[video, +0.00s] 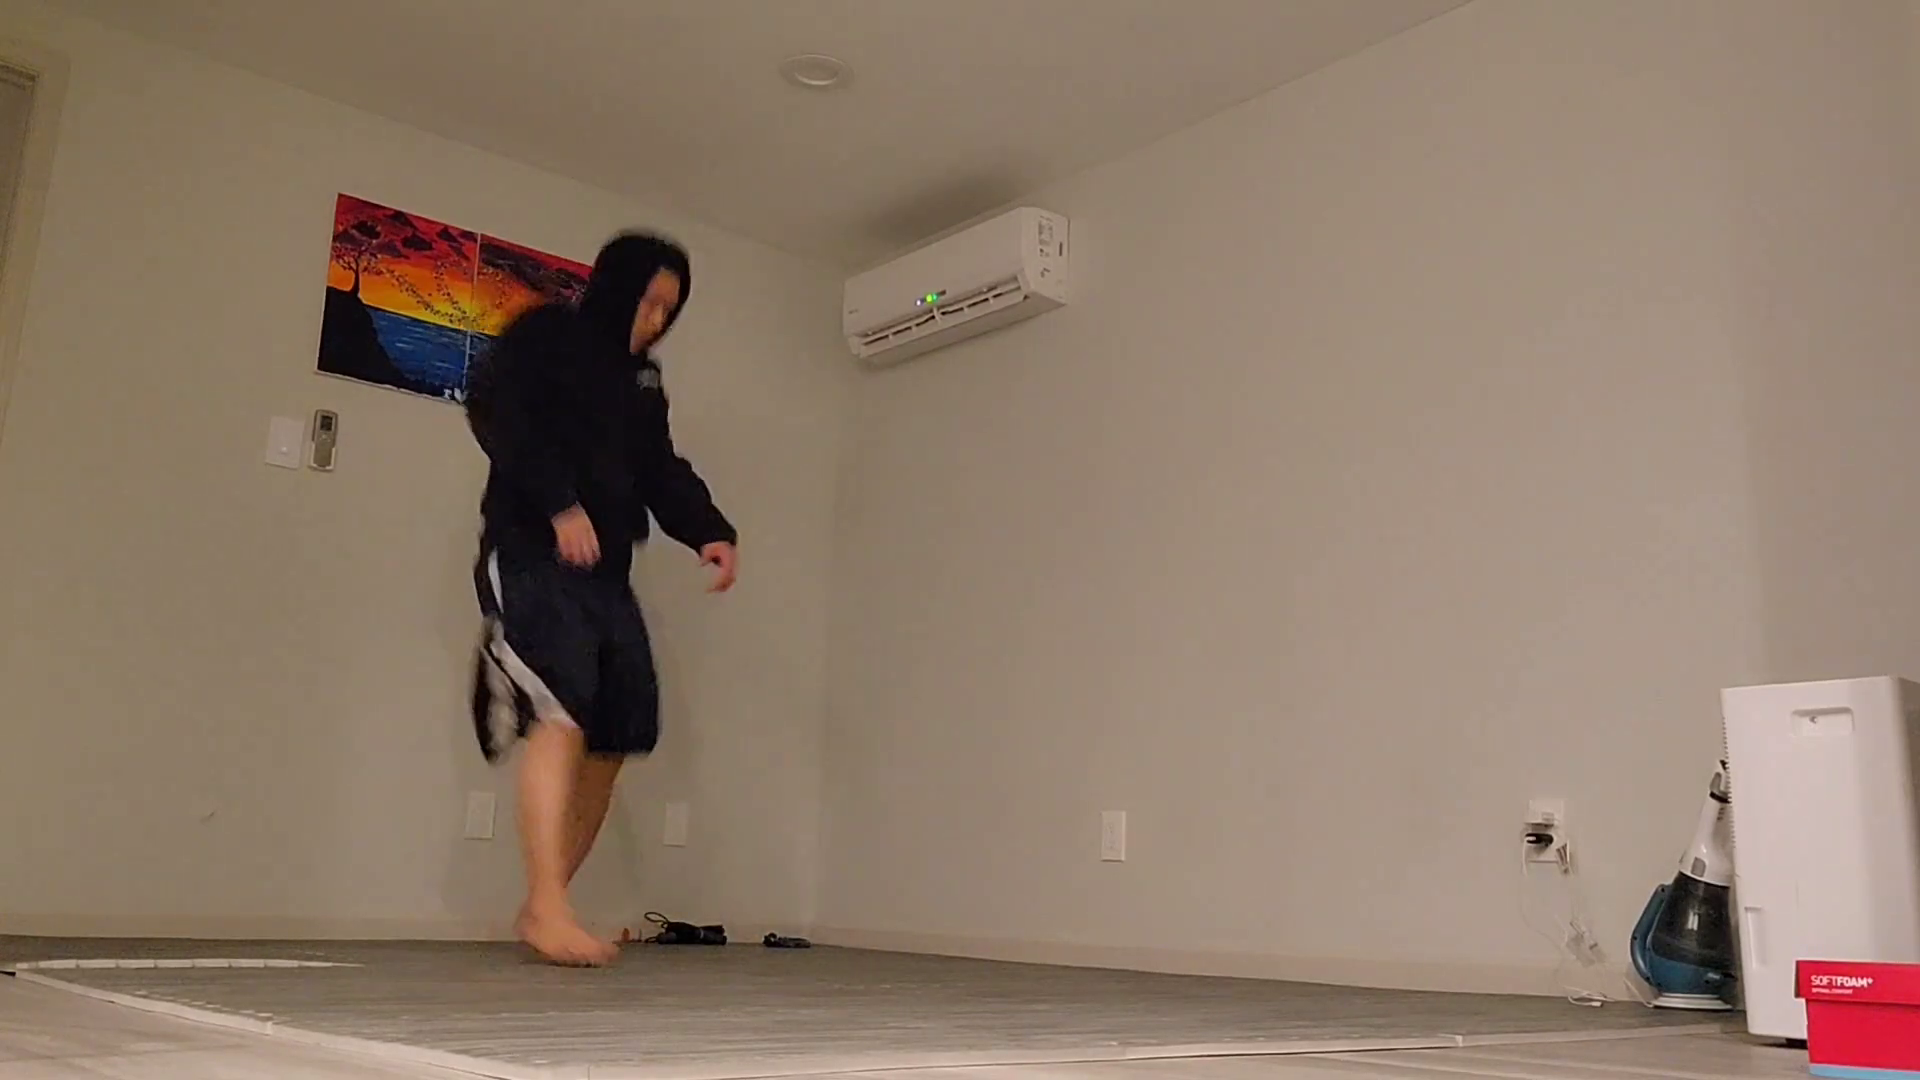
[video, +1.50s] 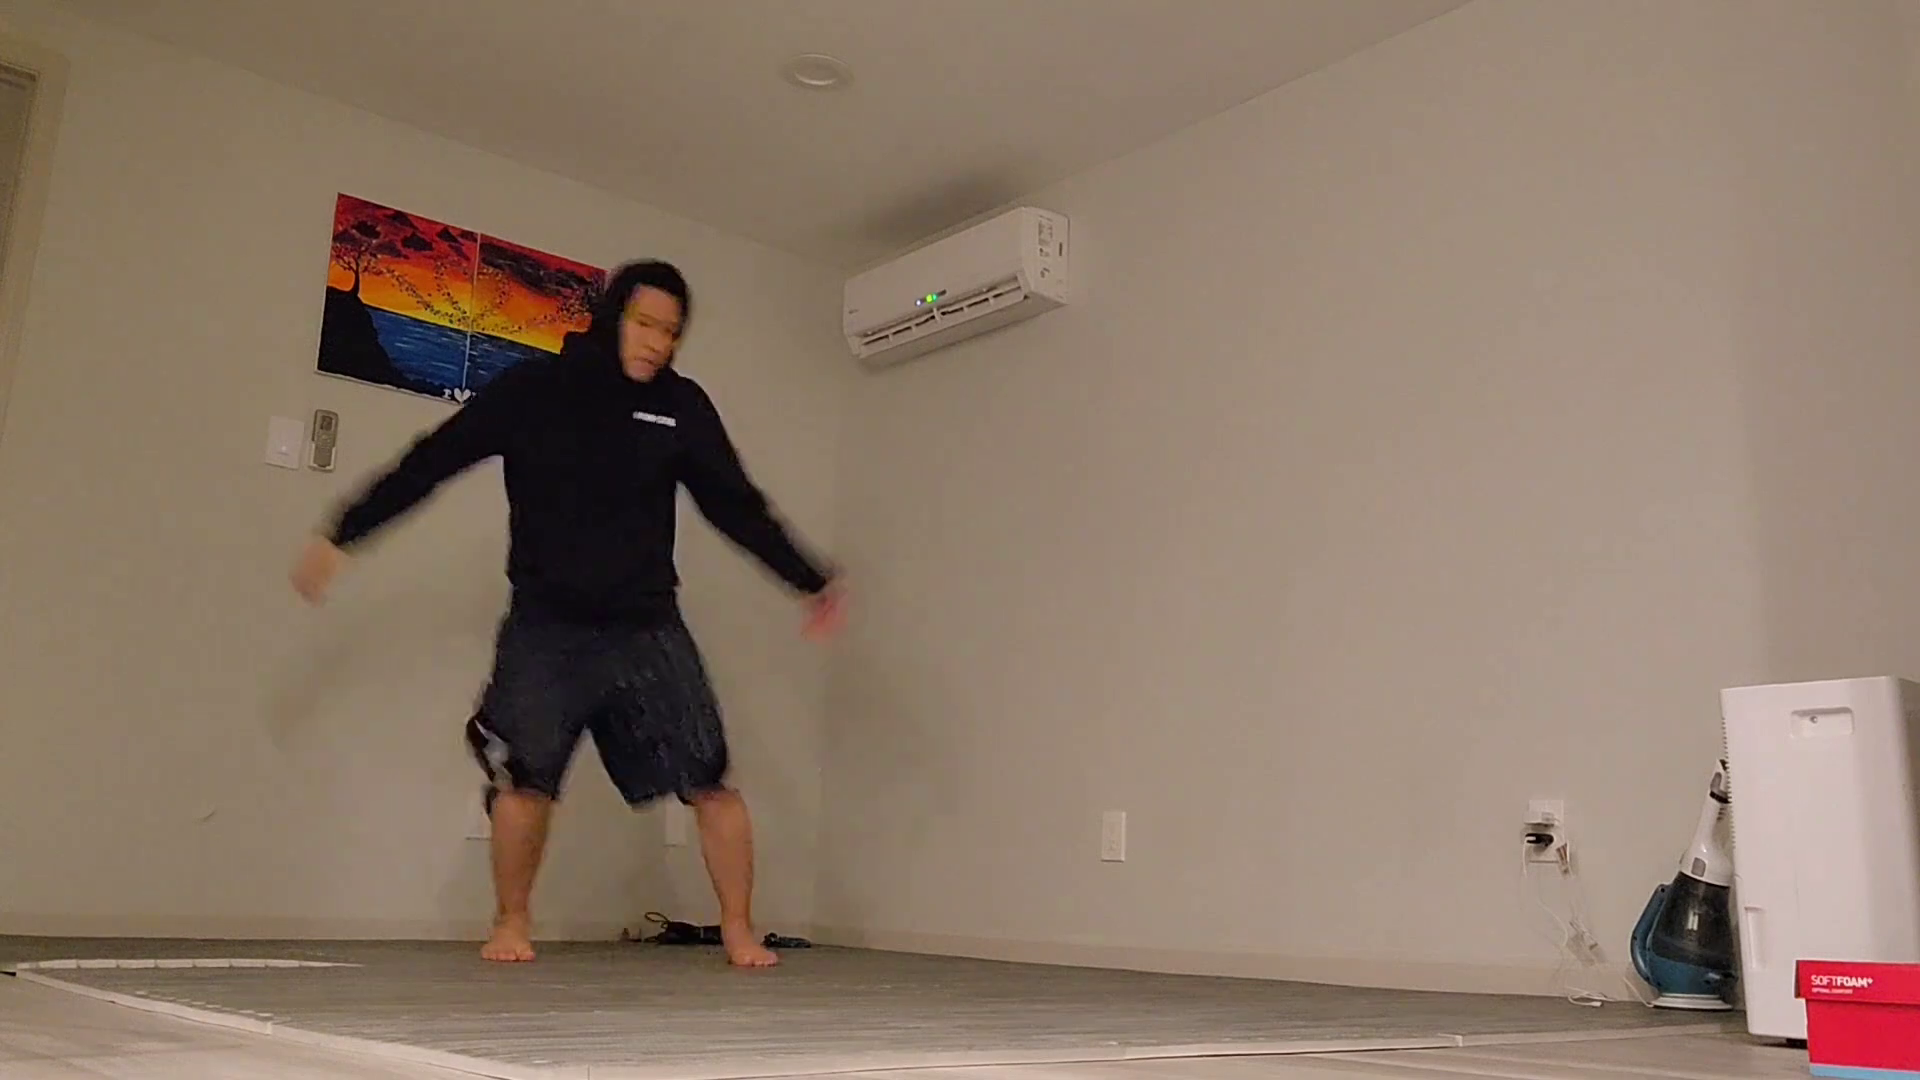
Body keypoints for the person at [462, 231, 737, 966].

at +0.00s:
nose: (660, 321)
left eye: (669, 310)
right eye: (654, 303)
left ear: (669, 311)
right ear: (618, 287)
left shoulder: (641, 375)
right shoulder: (545, 332)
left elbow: (656, 465)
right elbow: (494, 408)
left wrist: (708, 529)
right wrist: (560, 502)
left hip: (604, 568)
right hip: (529, 553)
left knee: (612, 729)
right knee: (559, 714)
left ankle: (545, 906)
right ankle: (547, 912)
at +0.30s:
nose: (655, 349)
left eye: (667, 339)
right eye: (649, 328)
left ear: (673, 343)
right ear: (617, 307)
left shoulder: (647, 399)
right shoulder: (543, 345)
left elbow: (656, 503)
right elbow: (526, 445)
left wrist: (680, 599)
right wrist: (655, 400)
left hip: (581, 567)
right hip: (508, 540)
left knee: (589, 734)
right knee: (557, 688)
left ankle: (535, 897)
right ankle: (549, 879)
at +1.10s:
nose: (626, 342)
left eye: (637, 331)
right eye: (616, 325)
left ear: (643, 335)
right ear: (578, 315)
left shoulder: (629, 398)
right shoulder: (517, 377)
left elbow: (649, 485)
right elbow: (537, 467)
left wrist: (684, 556)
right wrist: (647, 469)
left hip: (583, 608)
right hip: (504, 587)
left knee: (574, 794)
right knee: (539, 731)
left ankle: (478, 888)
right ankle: (517, 906)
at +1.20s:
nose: (606, 336)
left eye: (619, 323)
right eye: (593, 319)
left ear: (633, 327)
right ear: (559, 316)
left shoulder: (644, 410)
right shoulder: (502, 392)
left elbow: (658, 528)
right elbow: (502, 519)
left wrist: (664, 630)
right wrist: (603, 553)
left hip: (598, 609)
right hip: (514, 600)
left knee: (613, 776)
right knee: (526, 760)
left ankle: (503, 863)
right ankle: (507, 920)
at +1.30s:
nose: (597, 356)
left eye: (610, 340)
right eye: (582, 340)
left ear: (627, 342)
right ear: (554, 341)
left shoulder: (652, 421)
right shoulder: (506, 410)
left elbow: (667, 539)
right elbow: (472, 528)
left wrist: (676, 645)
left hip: (622, 621)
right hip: (522, 619)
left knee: (645, 756)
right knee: (515, 771)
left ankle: (570, 880)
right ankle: (506, 923)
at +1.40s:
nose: (613, 343)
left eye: (628, 329)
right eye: (601, 327)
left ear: (644, 334)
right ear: (575, 326)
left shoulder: (668, 410)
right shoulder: (520, 398)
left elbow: (694, 517)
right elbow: (465, 496)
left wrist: (724, 607)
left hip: (627, 626)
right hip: (526, 623)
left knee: (681, 761)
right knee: (505, 770)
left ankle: (675, 901)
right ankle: (505, 923)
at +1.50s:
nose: (659, 343)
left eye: (672, 331)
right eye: (647, 324)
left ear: (681, 335)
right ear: (609, 318)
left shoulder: (682, 406)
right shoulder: (536, 390)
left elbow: (732, 502)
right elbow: (433, 458)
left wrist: (810, 577)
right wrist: (341, 533)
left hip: (647, 625)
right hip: (547, 625)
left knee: (710, 778)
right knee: (524, 778)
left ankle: (740, 929)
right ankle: (511, 922)